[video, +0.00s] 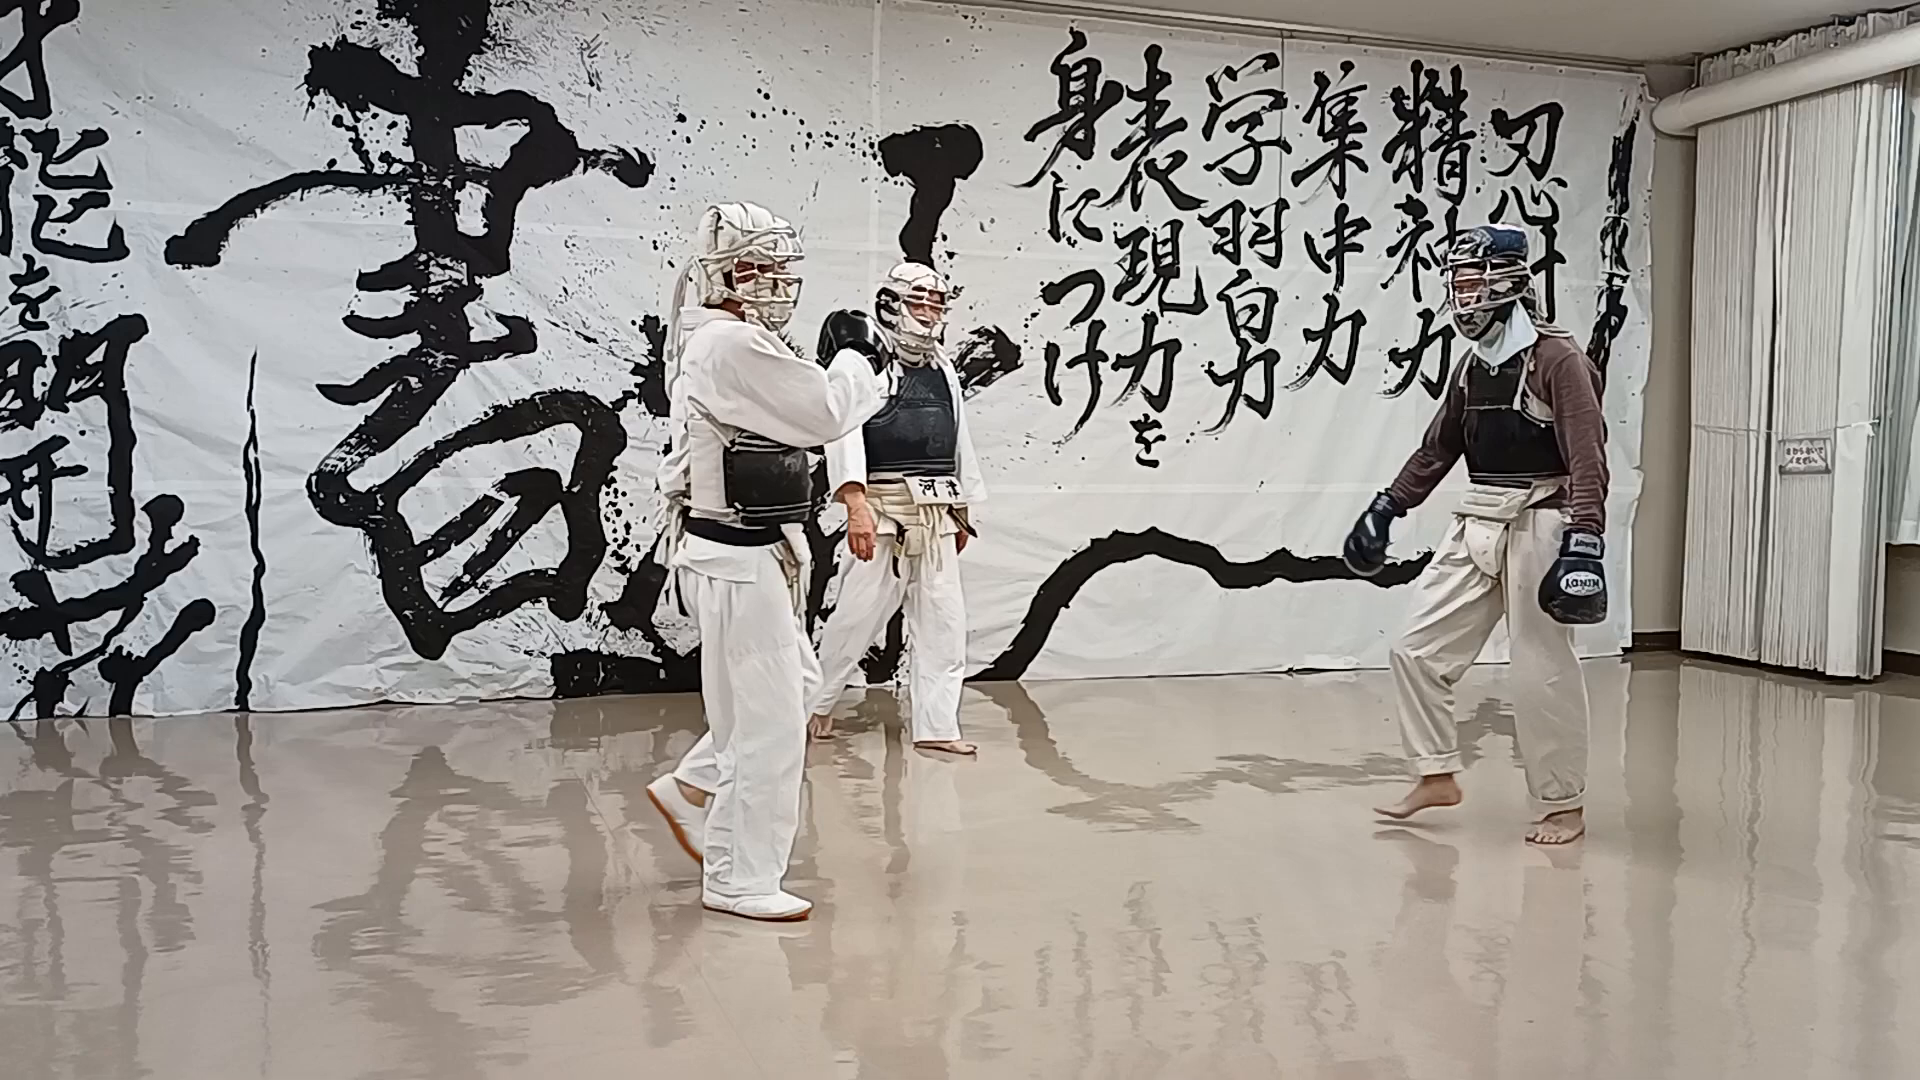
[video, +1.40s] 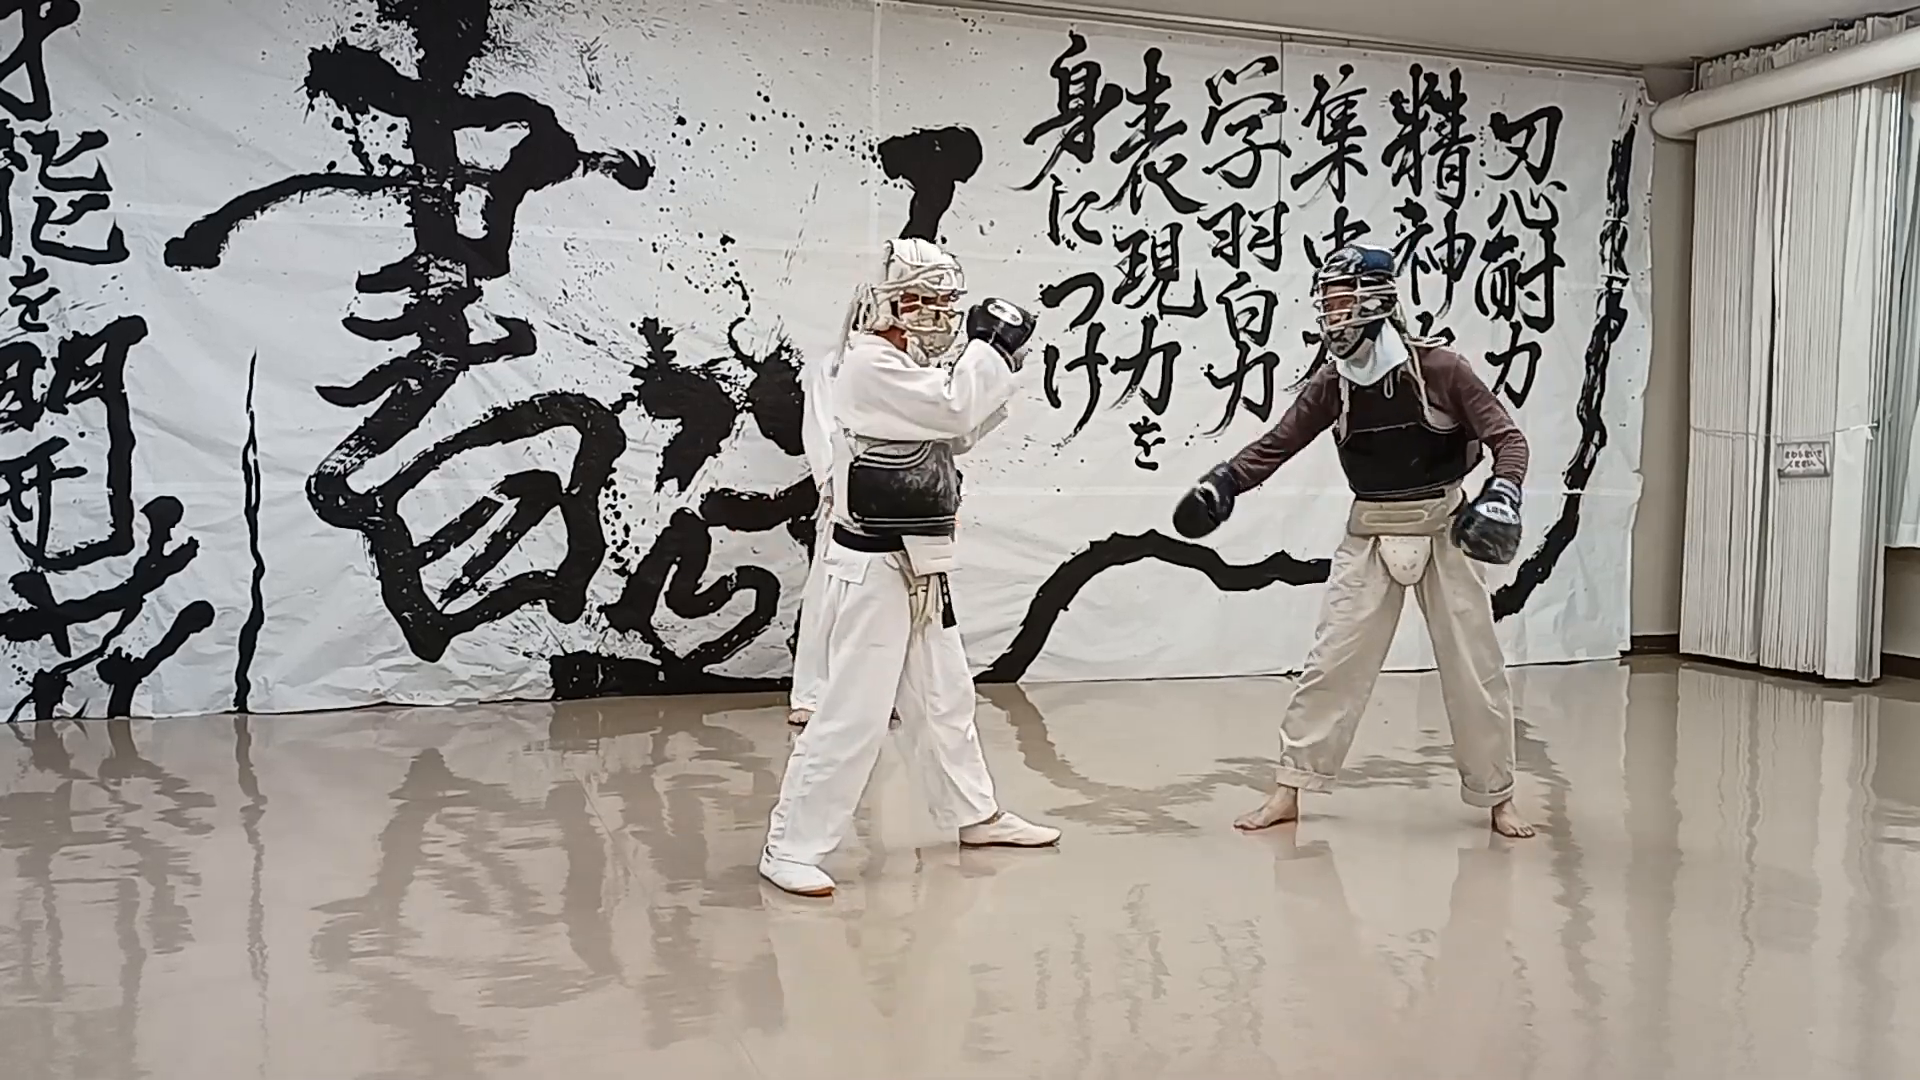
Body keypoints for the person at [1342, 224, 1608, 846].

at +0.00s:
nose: (1462, 293)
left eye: (1474, 281)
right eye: (1457, 282)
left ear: (1511, 284)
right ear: (1453, 286)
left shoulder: (1557, 359)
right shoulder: (1473, 367)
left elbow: (1587, 455)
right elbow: (1436, 450)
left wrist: (1585, 542)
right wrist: (1384, 508)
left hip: (1542, 523)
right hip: (1478, 522)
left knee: (1541, 666)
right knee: (1416, 650)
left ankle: (1563, 806)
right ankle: (1436, 777)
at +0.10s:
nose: (1446, 297)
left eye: (1458, 285)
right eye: (1442, 286)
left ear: (1494, 286)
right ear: (1438, 291)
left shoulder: (1541, 359)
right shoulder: (1450, 369)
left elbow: (1575, 459)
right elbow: (1404, 446)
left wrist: (1570, 546)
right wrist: (1336, 488)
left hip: (1528, 529)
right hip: (1460, 530)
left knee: (1538, 673)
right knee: (1400, 657)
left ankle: (1563, 808)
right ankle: (1358, 791)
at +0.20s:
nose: (1420, 304)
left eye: (1432, 291)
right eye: (1414, 294)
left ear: (1467, 292)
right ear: (1408, 300)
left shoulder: (1517, 368)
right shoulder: (1415, 381)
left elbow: (1555, 468)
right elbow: (1355, 441)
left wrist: (1554, 549)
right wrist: (1286, 463)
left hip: (1505, 535)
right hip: (1435, 537)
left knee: (1528, 673)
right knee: (1382, 662)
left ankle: (1560, 806)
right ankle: (1323, 795)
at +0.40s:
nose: (1348, 301)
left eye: (1359, 288)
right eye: (1341, 291)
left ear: (1395, 287)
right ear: (1336, 296)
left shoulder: (1450, 359)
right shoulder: (1346, 368)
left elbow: (1494, 454)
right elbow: (1275, 416)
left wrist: (1514, 543)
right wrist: (1210, 412)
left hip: (1449, 533)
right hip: (1374, 536)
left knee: (1491, 668)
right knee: (1341, 671)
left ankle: (1545, 794)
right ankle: (1318, 802)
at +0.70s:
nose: (1306, 318)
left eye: (1316, 305)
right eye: (1299, 307)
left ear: (1352, 300)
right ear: (1294, 310)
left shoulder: (1415, 362)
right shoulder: (1302, 378)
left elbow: (1463, 452)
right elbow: (1261, 447)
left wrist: (1458, 532)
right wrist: (1216, 494)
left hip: (1427, 528)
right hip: (1352, 534)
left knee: (1468, 663)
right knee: (1332, 668)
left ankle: (1506, 792)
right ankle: (1318, 801)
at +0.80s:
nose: (1318, 317)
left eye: (1329, 303)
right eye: (1311, 307)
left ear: (1364, 300)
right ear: (1305, 311)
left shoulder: (1426, 365)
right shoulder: (1315, 383)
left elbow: (1472, 454)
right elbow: (1298, 478)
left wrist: (1461, 531)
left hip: (1433, 529)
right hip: (1356, 533)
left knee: (1468, 665)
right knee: (1333, 670)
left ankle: (1504, 793)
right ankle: (1317, 802)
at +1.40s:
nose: (1331, 314)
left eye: (1343, 302)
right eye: (1326, 304)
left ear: (1378, 301)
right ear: (1323, 308)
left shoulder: (1439, 366)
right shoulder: (1332, 381)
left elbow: (1508, 439)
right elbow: (1279, 441)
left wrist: (1503, 496)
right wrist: (1221, 484)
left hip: (1446, 528)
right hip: (1370, 532)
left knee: (1474, 665)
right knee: (1331, 660)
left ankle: (1500, 800)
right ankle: (1286, 795)